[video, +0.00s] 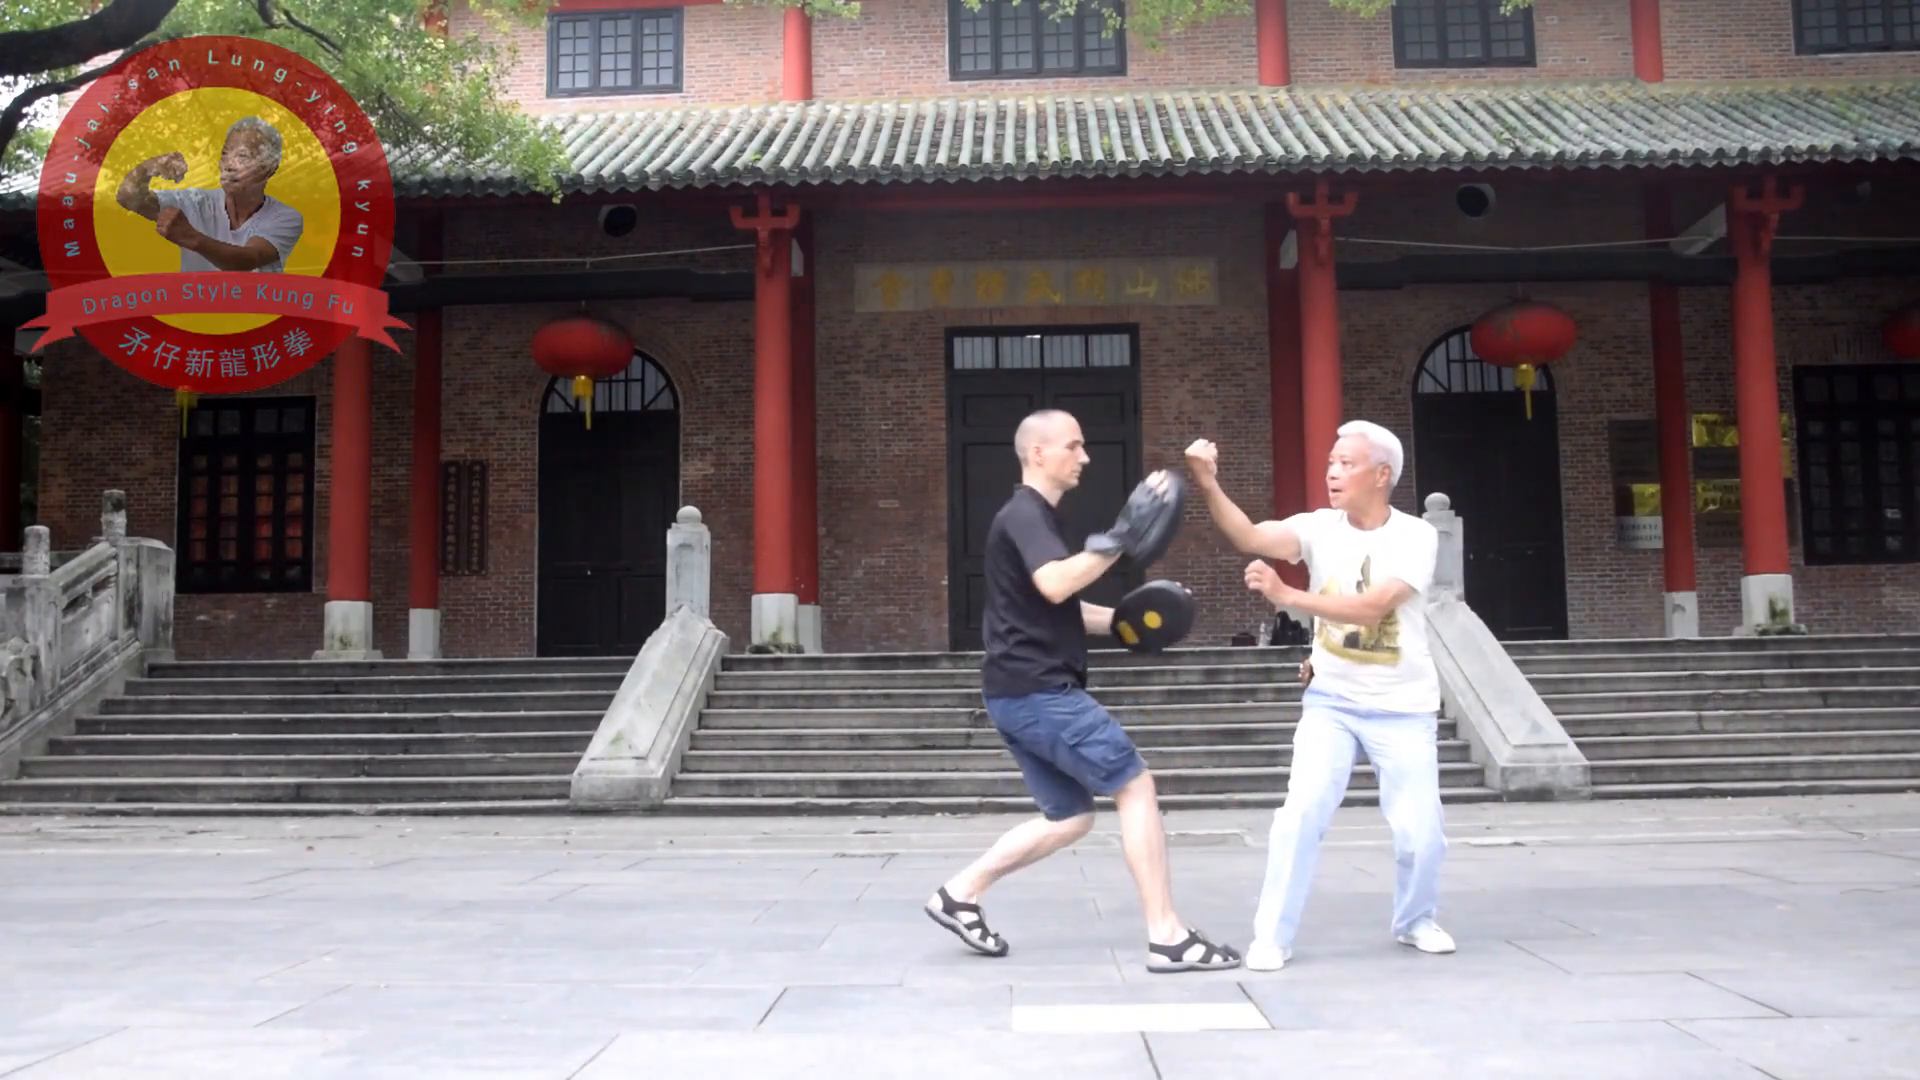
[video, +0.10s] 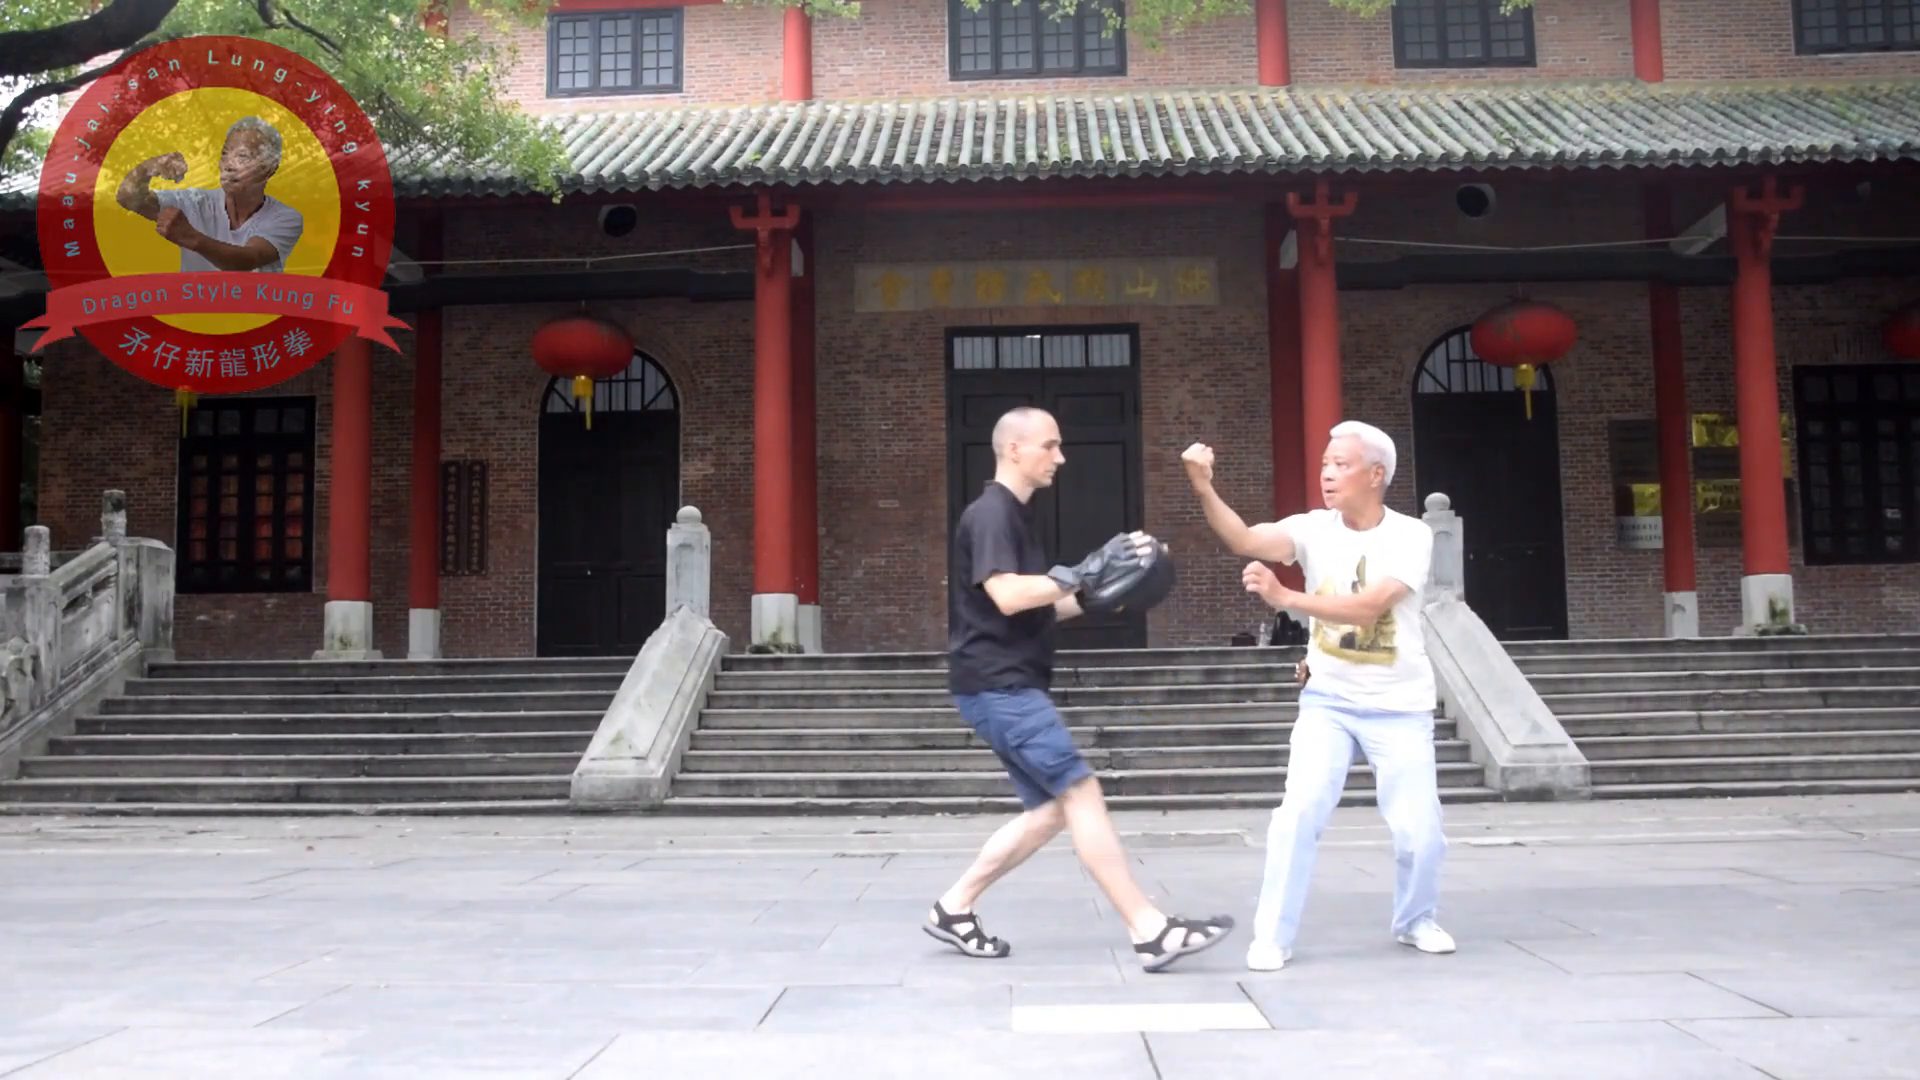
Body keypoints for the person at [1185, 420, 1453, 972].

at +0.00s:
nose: (1331, 473)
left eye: (1344, 464)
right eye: (1331, 463)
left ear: (1382, 476)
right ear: (1334, 470)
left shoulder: (1416, 536)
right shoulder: (1321, 528)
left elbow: (1370, 608)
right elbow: (1250, 537)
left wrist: (1283, 595)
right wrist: (1210, 485)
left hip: (1403, 708)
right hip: (1330, 701)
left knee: (1420, 831)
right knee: (1303, 811)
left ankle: (1418, 920)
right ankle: (1270, 938)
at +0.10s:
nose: (1326, 474)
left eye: (1338, 465)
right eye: (1325, 465)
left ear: (1376, 476)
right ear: (1327, 471)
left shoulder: (1411, 536)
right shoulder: (1315, 528)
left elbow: (1366, 608)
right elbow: (1246, 540)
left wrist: (1282, 596)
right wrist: (1204, 489)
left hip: (1400, 706)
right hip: (1326, 700)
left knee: (1420, 831)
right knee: (1300, 811)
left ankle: (1417, 919)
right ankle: (1271, 938)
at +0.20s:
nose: (1314, 476)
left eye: (1326, 466)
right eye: (1314, 466)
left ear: (1365, 475)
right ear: (1319, 474)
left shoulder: (1405, 535)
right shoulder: (1309, 528)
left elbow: (1362, 609)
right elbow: (1241, 542)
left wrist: (1279, 596)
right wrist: (1198, 490)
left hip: (1397, 706)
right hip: (1323, 700)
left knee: (1418, 830)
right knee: (1299, 810)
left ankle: (1418, 919)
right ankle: (1271, 938)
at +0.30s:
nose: (1305, 477)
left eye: (1315, 468)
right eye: (1305, 468)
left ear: (1355, 474)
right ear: (1324, 474)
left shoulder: (1398, 533)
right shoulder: (1303, 528)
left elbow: (1356, 608)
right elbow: (1237, 541)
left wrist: (1271, 597)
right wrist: (1192, 489)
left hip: (1394, 705)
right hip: (1320, 701)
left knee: (1416, 830)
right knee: (1296, 809)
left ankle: (1419, 919)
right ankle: (1271, 938)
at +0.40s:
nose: (1296, 478)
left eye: (1306, 468)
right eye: (1297, 468)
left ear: (1346, 475)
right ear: (1321, 475)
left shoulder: (1392, 532)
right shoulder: (1298, 528)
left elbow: (1349, 606)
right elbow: (1232, 541)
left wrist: (1262, 596)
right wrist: (1184, 489)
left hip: (1391, 705)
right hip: (1318, 702)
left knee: (1414, 829)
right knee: (1295, 809)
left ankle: (1418, 919)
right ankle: (1271, 938)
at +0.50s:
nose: (1291, 481)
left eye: (1301, 471)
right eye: (1291, 471)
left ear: (1340, 476)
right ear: (1315, 477)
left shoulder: (1387, 532)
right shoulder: (1293, 530)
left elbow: (1343, 604)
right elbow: (1227, 543)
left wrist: (1256, 595)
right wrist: (1178, 490)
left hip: (1389, 705)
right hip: (1317, 703)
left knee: (1415, 827)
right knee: (1294, 812)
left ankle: (1418, 920)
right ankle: (1271, 939)